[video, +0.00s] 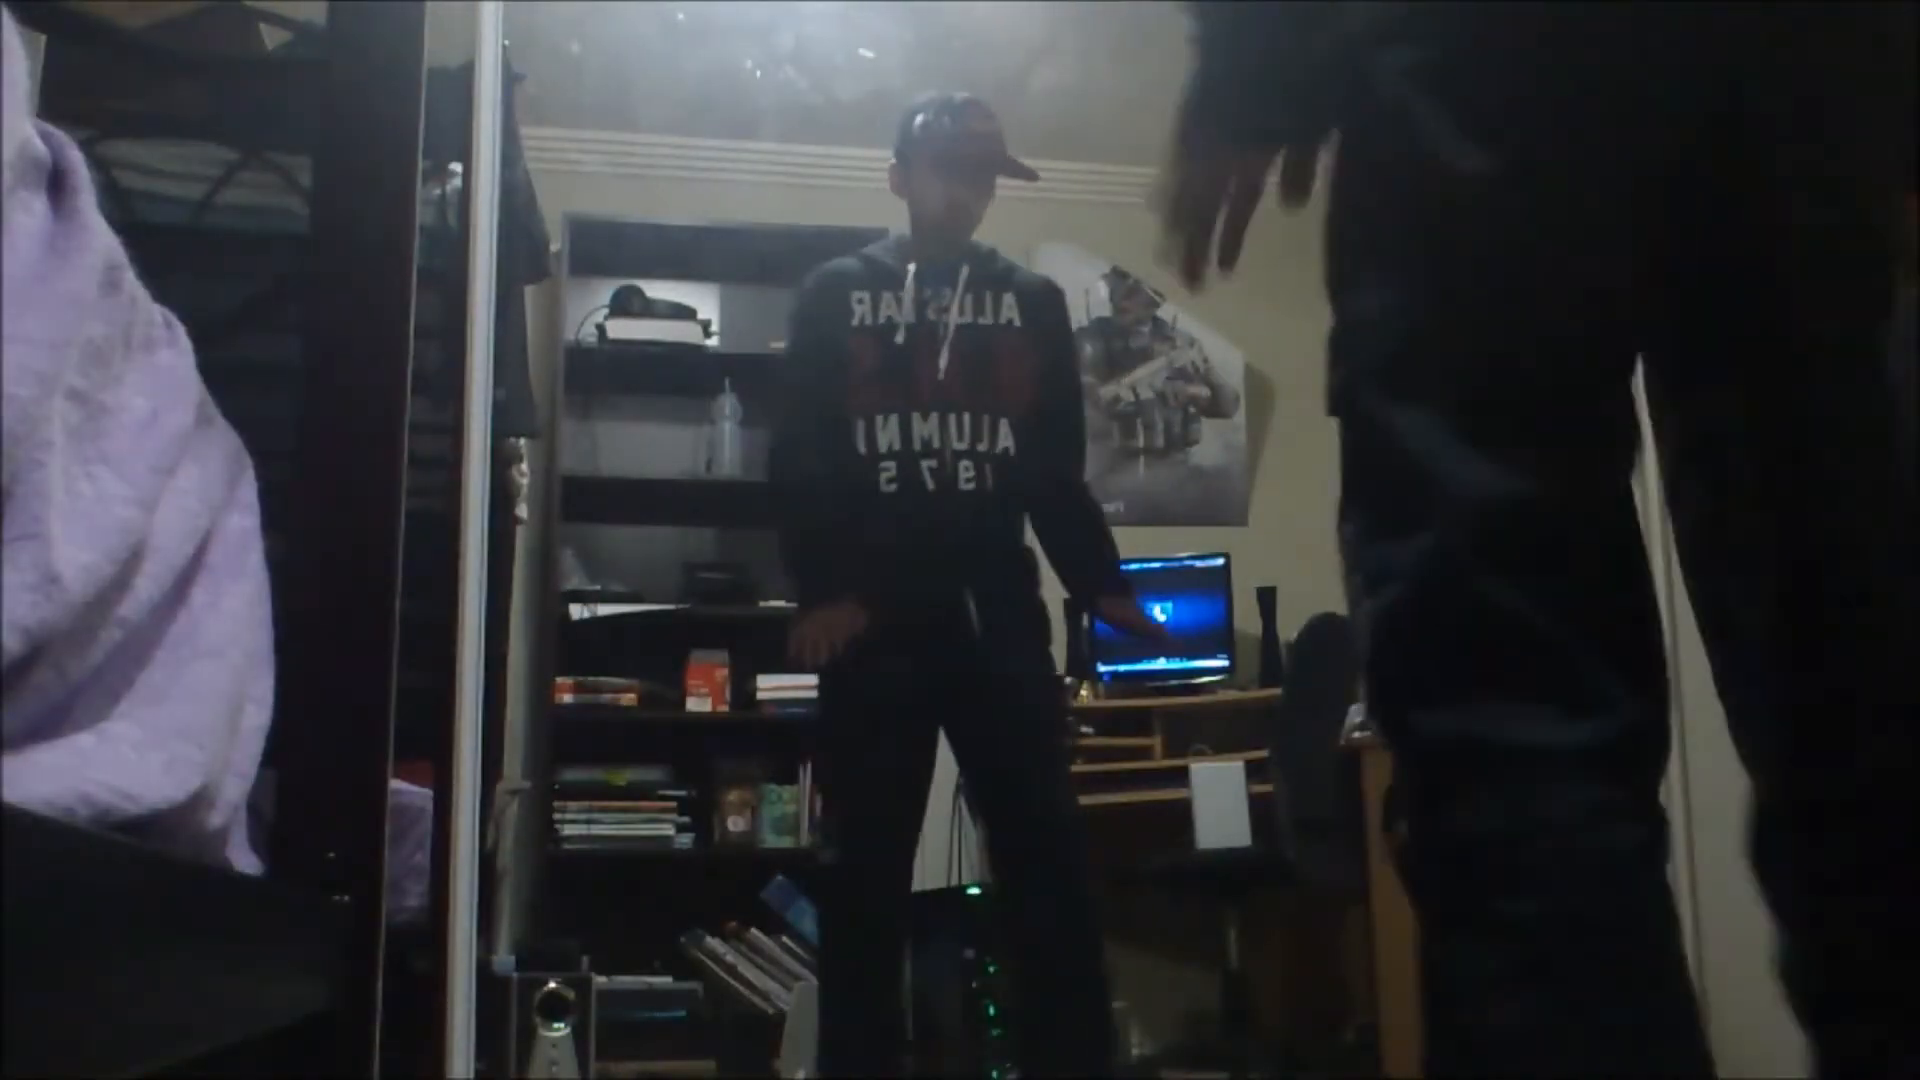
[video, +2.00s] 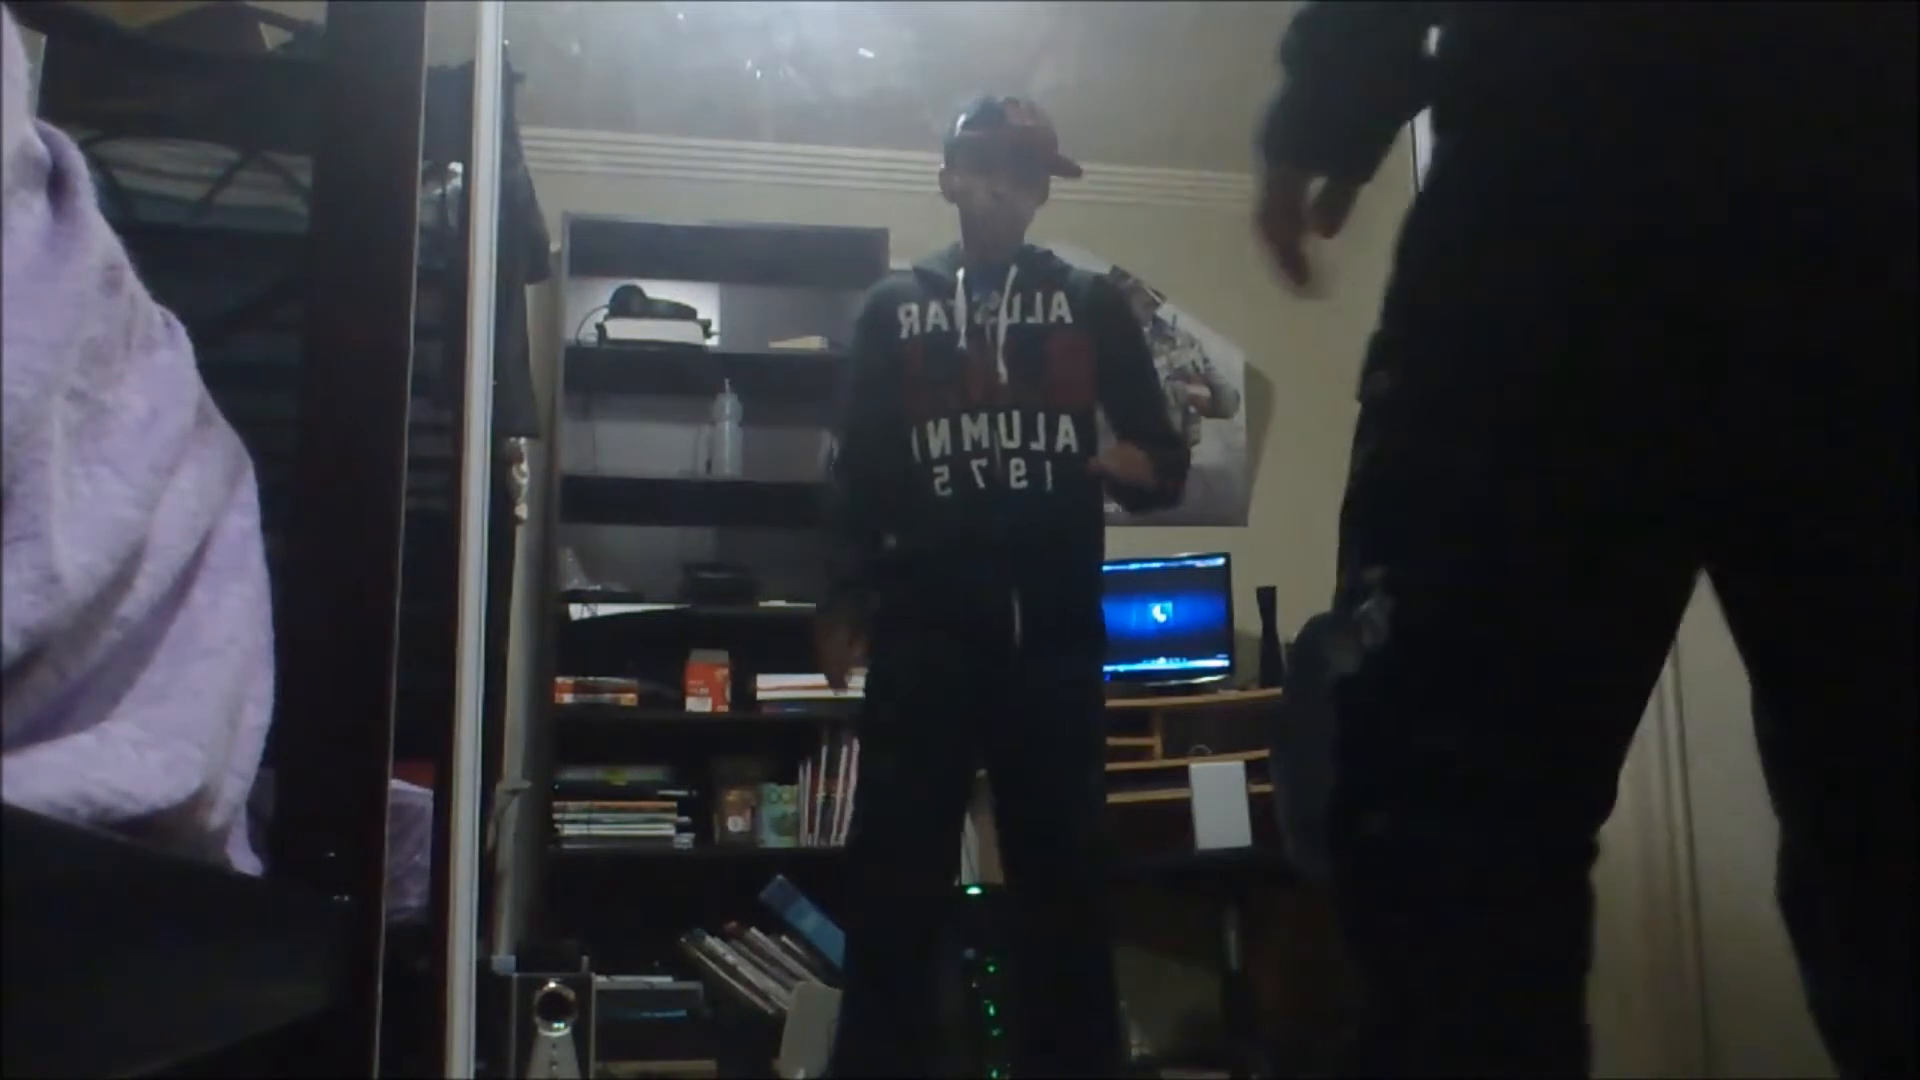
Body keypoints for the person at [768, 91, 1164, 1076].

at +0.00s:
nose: (967, 188)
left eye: (983, 171)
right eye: (947, 167)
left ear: (999, 179)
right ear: (901, 173)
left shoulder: (1032, 301)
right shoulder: (837, 290)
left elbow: (1053, 471)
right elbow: (804, 448)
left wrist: (1102, 585)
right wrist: (819, 587)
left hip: (996, 609)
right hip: (874, 610)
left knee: (1044, 855)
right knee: (867, 868)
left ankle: (1071, 1064)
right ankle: (857, 1069)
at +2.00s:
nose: (999, 187)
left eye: (1019, 170)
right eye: (981, 167)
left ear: (1046, 184)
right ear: (949, 177)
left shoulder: (1092, 299)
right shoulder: (893, 304)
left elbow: (1164, 467)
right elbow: (857, 466)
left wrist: (1113, 454)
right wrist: (842, 599)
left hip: (1052, 618)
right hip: (924, 615)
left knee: (1061, 868)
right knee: (893, 866)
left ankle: (1069, 1066)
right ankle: (883, 1068)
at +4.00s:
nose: (890, 248)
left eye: (911, 232)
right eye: (878, 231)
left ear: (953, 242)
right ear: (862, 237)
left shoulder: (1012, 351)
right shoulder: (834, 361)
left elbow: (1060, 503)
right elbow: (795, 504)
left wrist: (1028, 612)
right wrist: (781, 621)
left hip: (987, 648)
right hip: (865, 645)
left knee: (1016, 882)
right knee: (827, 876)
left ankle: (1048, 1068)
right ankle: (815, 1066)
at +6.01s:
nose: (974, 237)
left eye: (995, 220)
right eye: (958, 217)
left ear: (1028, 229)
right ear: (934, 224)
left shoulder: (1079, 334)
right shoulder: (887, 334)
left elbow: (1145, 470)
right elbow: (811, 471)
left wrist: (1195, 598)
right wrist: (864, 574)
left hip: (1035, 639)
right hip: (912, 635)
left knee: (1047, 884)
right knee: (852, 871)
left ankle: (1058, 1068)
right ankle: (828, 1068)